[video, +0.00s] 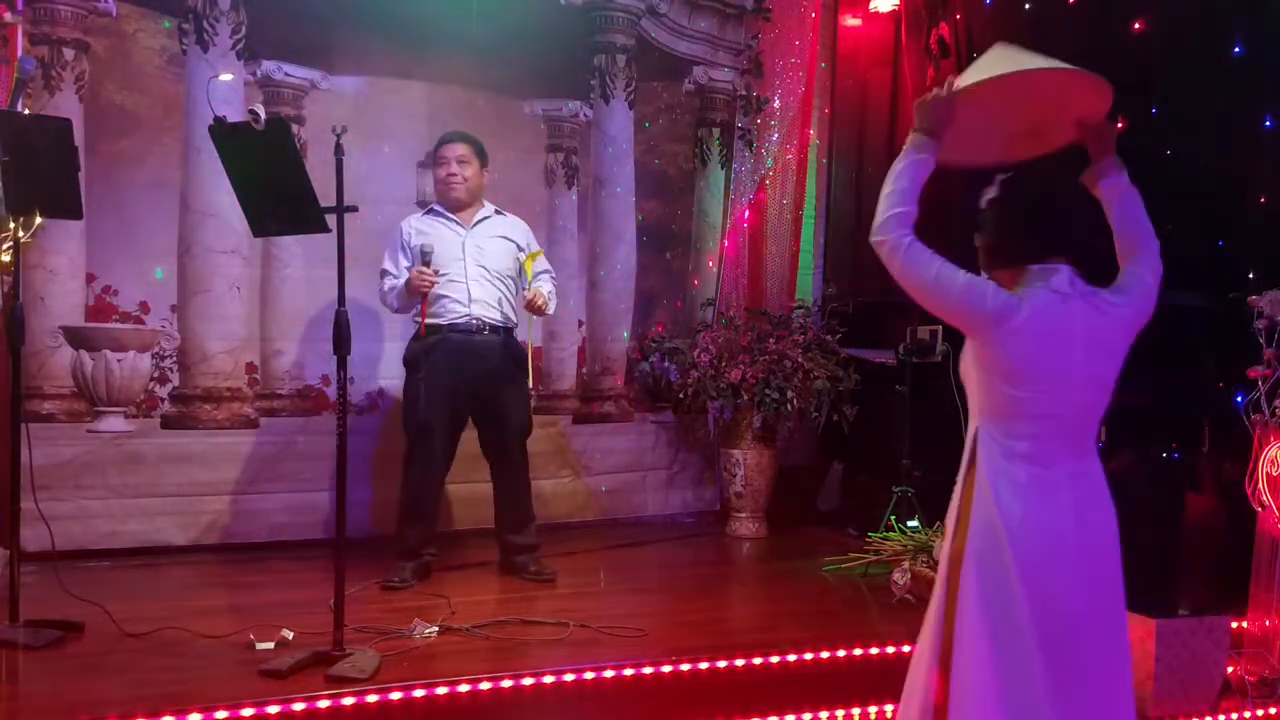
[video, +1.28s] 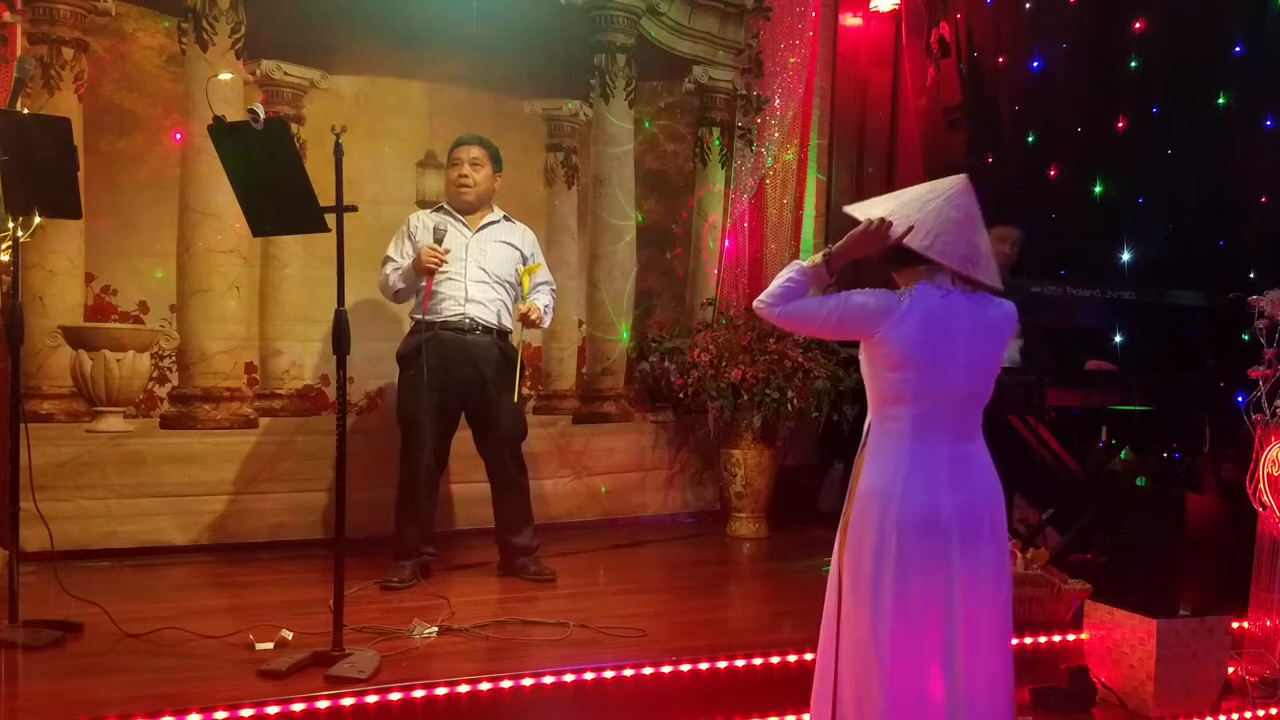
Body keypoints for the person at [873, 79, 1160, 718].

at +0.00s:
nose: (980, 239)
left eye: (987, 225)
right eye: (983, 223)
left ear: (1011, 238)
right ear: (1073, 235)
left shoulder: (993, 311)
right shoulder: (1115, 313)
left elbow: (892, 236)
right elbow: (1143, 256)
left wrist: (921, 141)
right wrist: (1109, 169)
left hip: (1003, 503)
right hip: (1084, 498)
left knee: (997, 659)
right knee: (1082, 660)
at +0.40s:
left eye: (938, 264)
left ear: (951, 270)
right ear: (1014, 261)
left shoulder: (945, 329)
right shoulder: (1059, 330)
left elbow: (833, 279)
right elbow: (1122, 296)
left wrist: (903, 228)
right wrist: (1103, 220)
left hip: (953, 506)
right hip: (1031, 502)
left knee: (952, 646)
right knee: (1028, 648)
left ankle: (950, 717)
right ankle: (1026, 719)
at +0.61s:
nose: (927, 264)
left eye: (933, 253)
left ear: (944, 264)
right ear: (1009, 265)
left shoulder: (920, 331)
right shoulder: (1033, 342)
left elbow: (808, 294)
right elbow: (1087, 313)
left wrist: (874, 264)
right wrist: (1070, 244)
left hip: (934, 506)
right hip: (1011, 500)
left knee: (928, 651)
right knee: (1006, 654)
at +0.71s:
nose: (917, 252)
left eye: (925, 241)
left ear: (944, 259)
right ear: (996, 263)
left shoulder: (911, 324)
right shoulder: (1020, 339)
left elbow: (801, 286)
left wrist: (878, 250)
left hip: (921, 499)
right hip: (999, 494)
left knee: (912, 641)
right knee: (994, 649)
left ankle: (911, 718)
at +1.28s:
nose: (873, 239)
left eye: (881, 233)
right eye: (876, 231)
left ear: (897, 245)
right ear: (957, 249)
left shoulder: (883, 311)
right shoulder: (1000, 317)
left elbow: (773, 303)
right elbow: (990, 295)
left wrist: (839, 253)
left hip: (895, 482)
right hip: (972, 479)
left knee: (887, 632)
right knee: (971, 632)